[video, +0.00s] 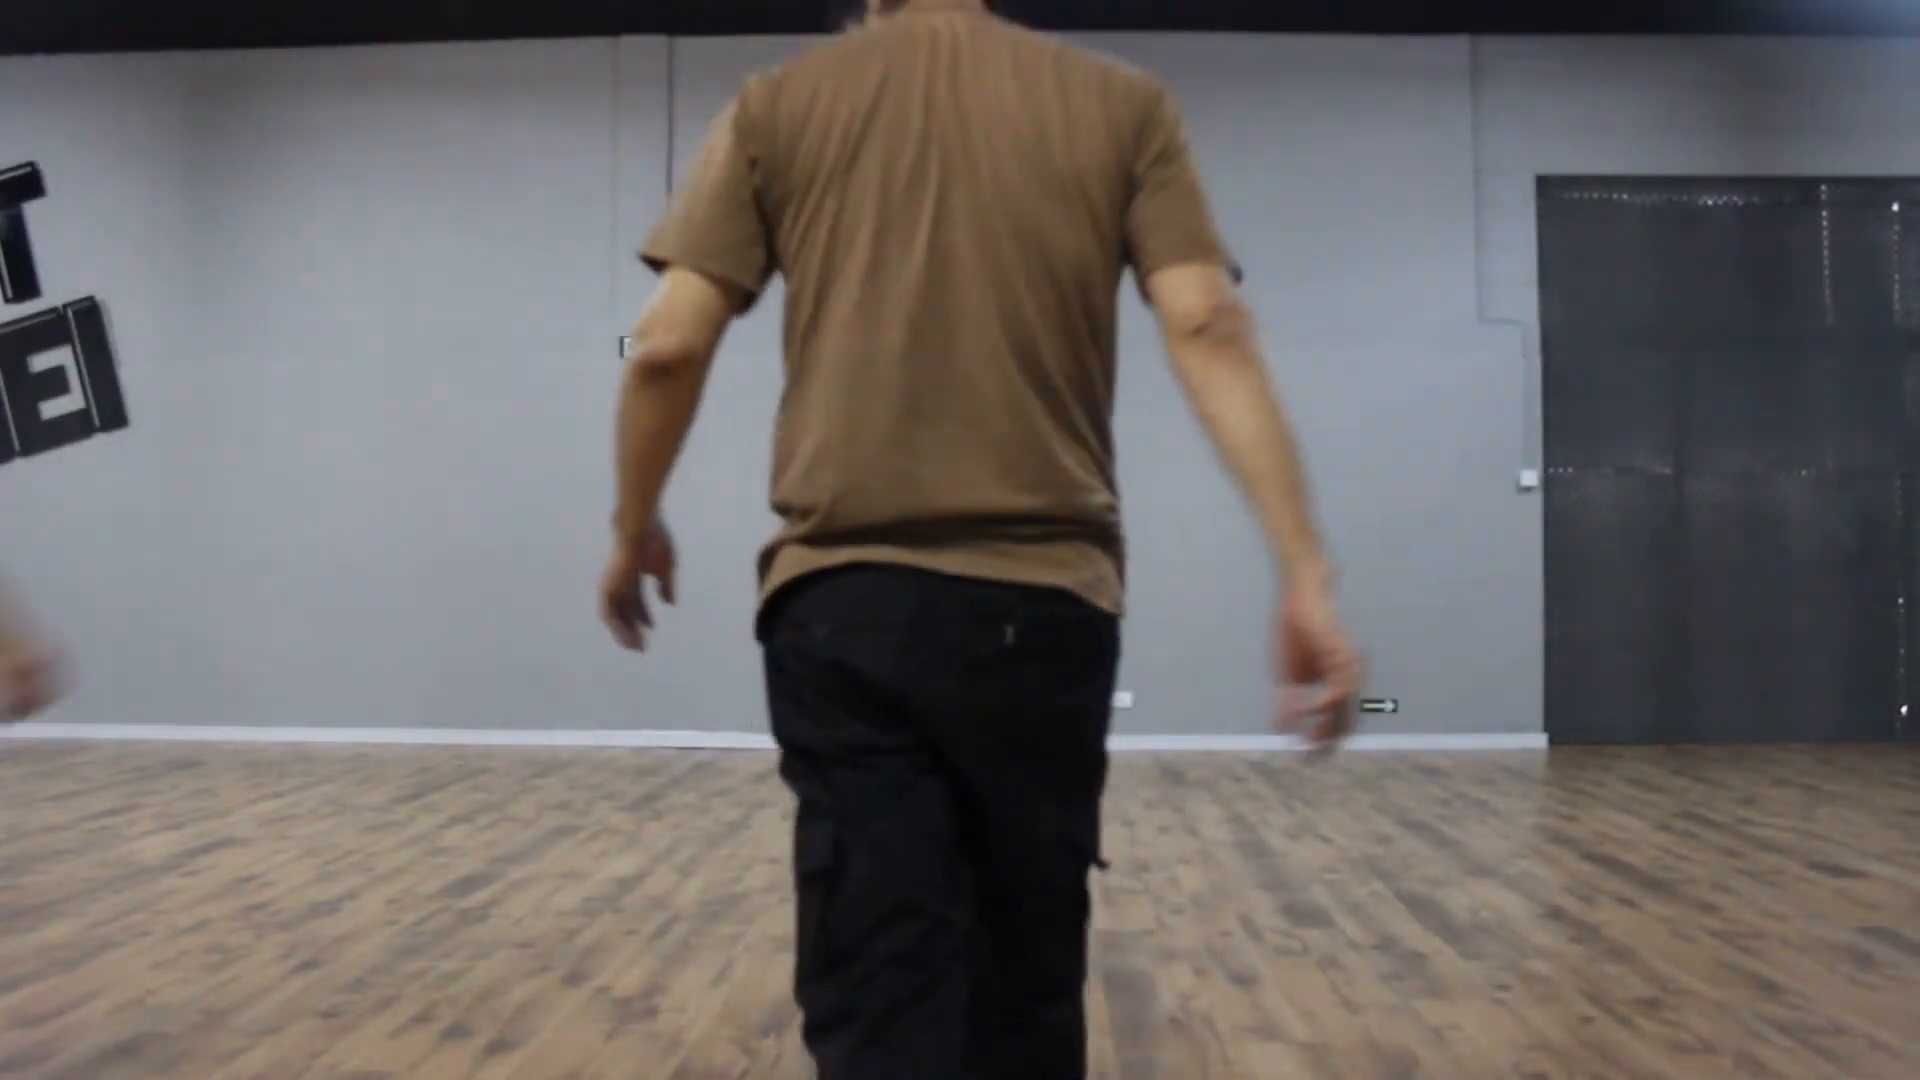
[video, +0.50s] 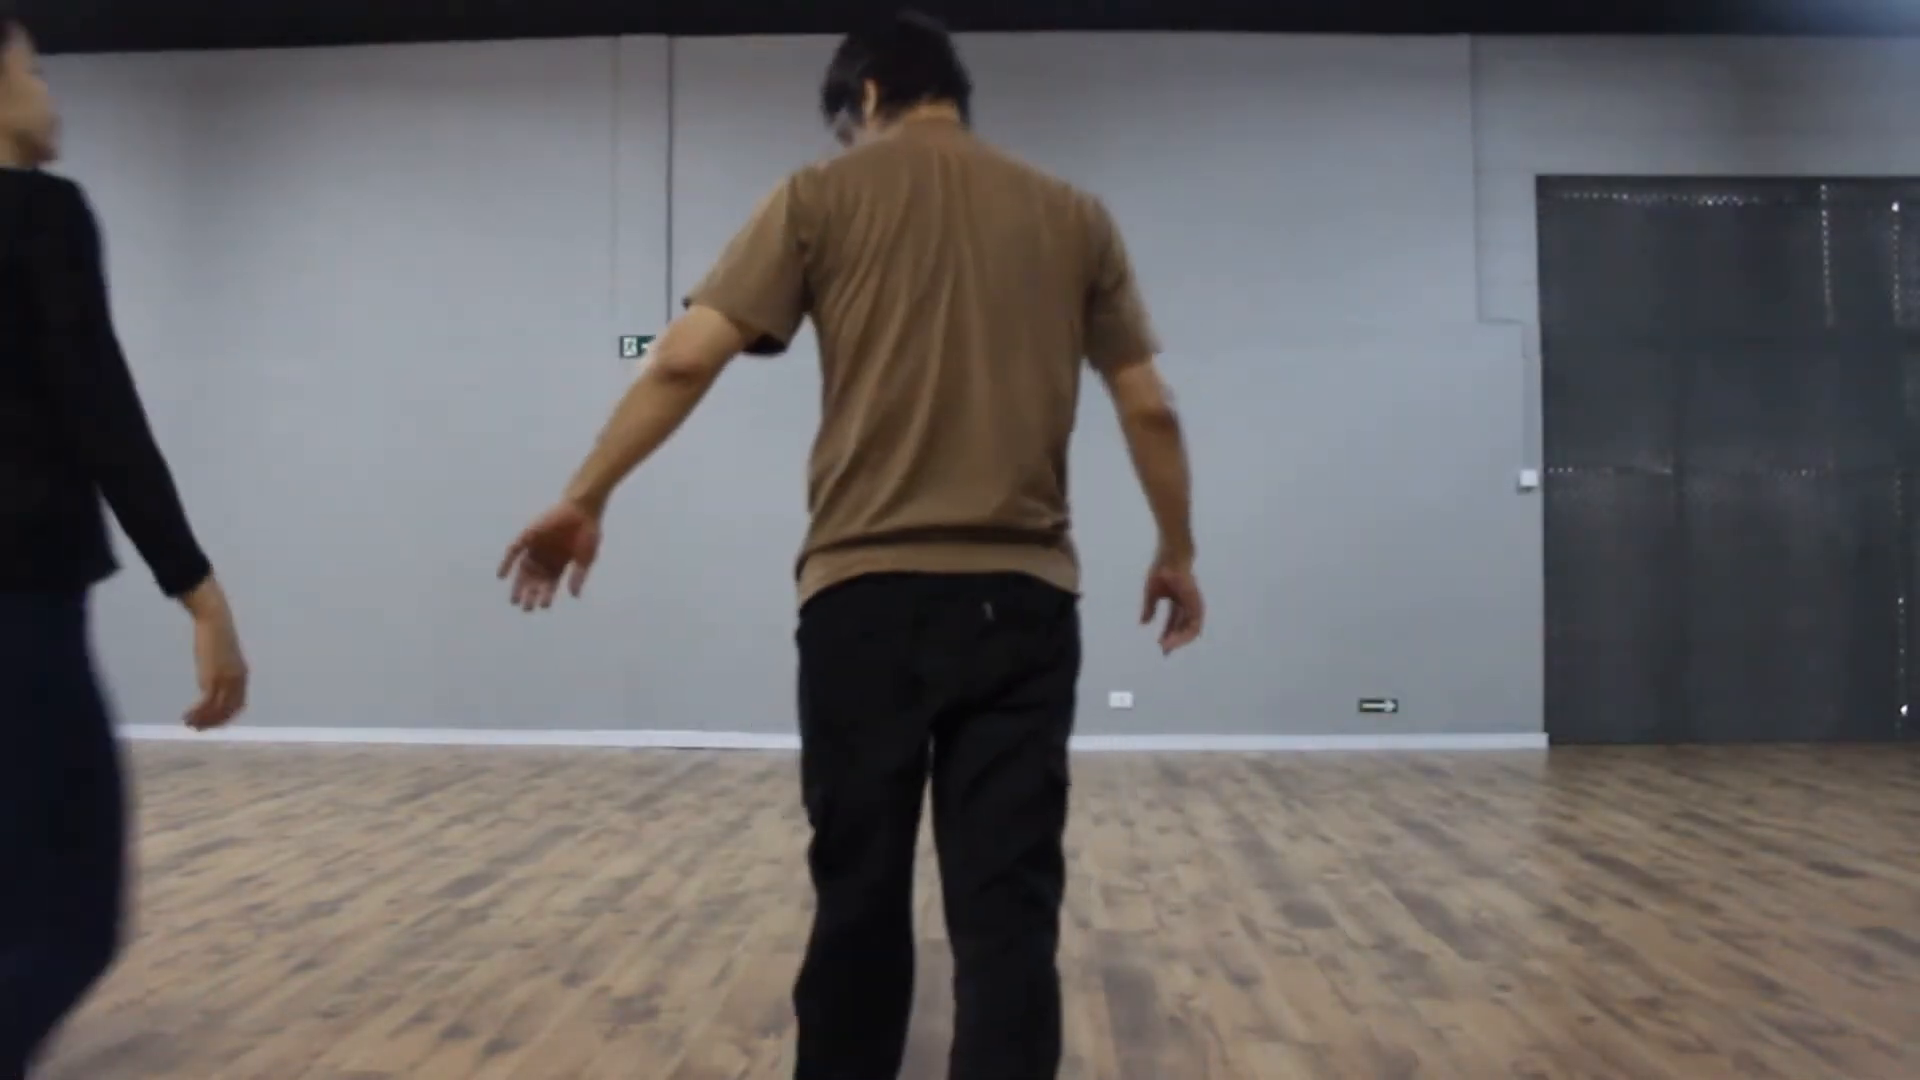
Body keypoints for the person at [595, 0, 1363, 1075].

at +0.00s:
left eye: (854, 17)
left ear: (870, 2)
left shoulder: (782, 102)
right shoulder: (1118, 101)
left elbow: (667, 346)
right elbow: (1206, 320)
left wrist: (636, 525)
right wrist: (1304, 574)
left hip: (841, 608)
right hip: (1046, 610)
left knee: (878, 980)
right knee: (1028, 978)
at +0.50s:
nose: (846, 134)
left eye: (843, 117)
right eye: (842, 121)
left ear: (867, 97)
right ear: (964, 100)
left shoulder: (822, 195)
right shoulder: (1070, 212)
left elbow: (685, 361)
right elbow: (1148, 406)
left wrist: (583, 497)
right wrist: (1175, 549)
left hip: (862, 603)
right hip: (1021, 605)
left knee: (859, 891)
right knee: (1008, 902)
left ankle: (844, 1070)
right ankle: (1005, 1074)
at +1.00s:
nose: (806, 215)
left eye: (803, 196)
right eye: (801, 200)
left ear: (833, 168)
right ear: (906, 169)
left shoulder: (801, 255)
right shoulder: (1002, 268)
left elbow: (688, 391)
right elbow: (1042, 432)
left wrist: (597, 508)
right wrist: (1059, 567)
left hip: (824, 583)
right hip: (953, 591)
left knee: (840, 827)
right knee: (957, 809)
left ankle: (854, 1063)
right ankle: (963, 1021)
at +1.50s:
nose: (863, 243)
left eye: (863, 229)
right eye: (859, 232)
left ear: (890, 213)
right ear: (954, 214)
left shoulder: (866, 286)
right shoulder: (1030, 308)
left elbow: (794, 404)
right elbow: (1071, 454)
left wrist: (715, 488)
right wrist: (1083, 572)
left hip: (868, 578)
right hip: (978, 586)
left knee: (839, 767)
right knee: (971, 786)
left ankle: (874, 948)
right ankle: (966, 1000)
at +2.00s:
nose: (806, 281)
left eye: (808, 264)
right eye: (799, 267)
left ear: (848, 245)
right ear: (877, 245)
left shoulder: (852, 314)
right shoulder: (965, 327)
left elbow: (859, 427)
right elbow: (966, 450)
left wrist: (780, 499)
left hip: (864, 588)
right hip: (952, 587)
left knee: (847, 774)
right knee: (946, 779)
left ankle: (858, 954)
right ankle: (961, 979)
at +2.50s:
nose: (750, 289)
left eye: (757, 273)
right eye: (745, 275)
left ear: (803, 259)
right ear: (797, 261)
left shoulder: (836, 327)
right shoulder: (831, 320)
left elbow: (876, 446)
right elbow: (860, 447)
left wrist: (818, 551)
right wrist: (805, 547)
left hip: (838, 579)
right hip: (832, 577)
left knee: (832, 764)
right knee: (829, 760)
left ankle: (864, 952)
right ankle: (848, 925)